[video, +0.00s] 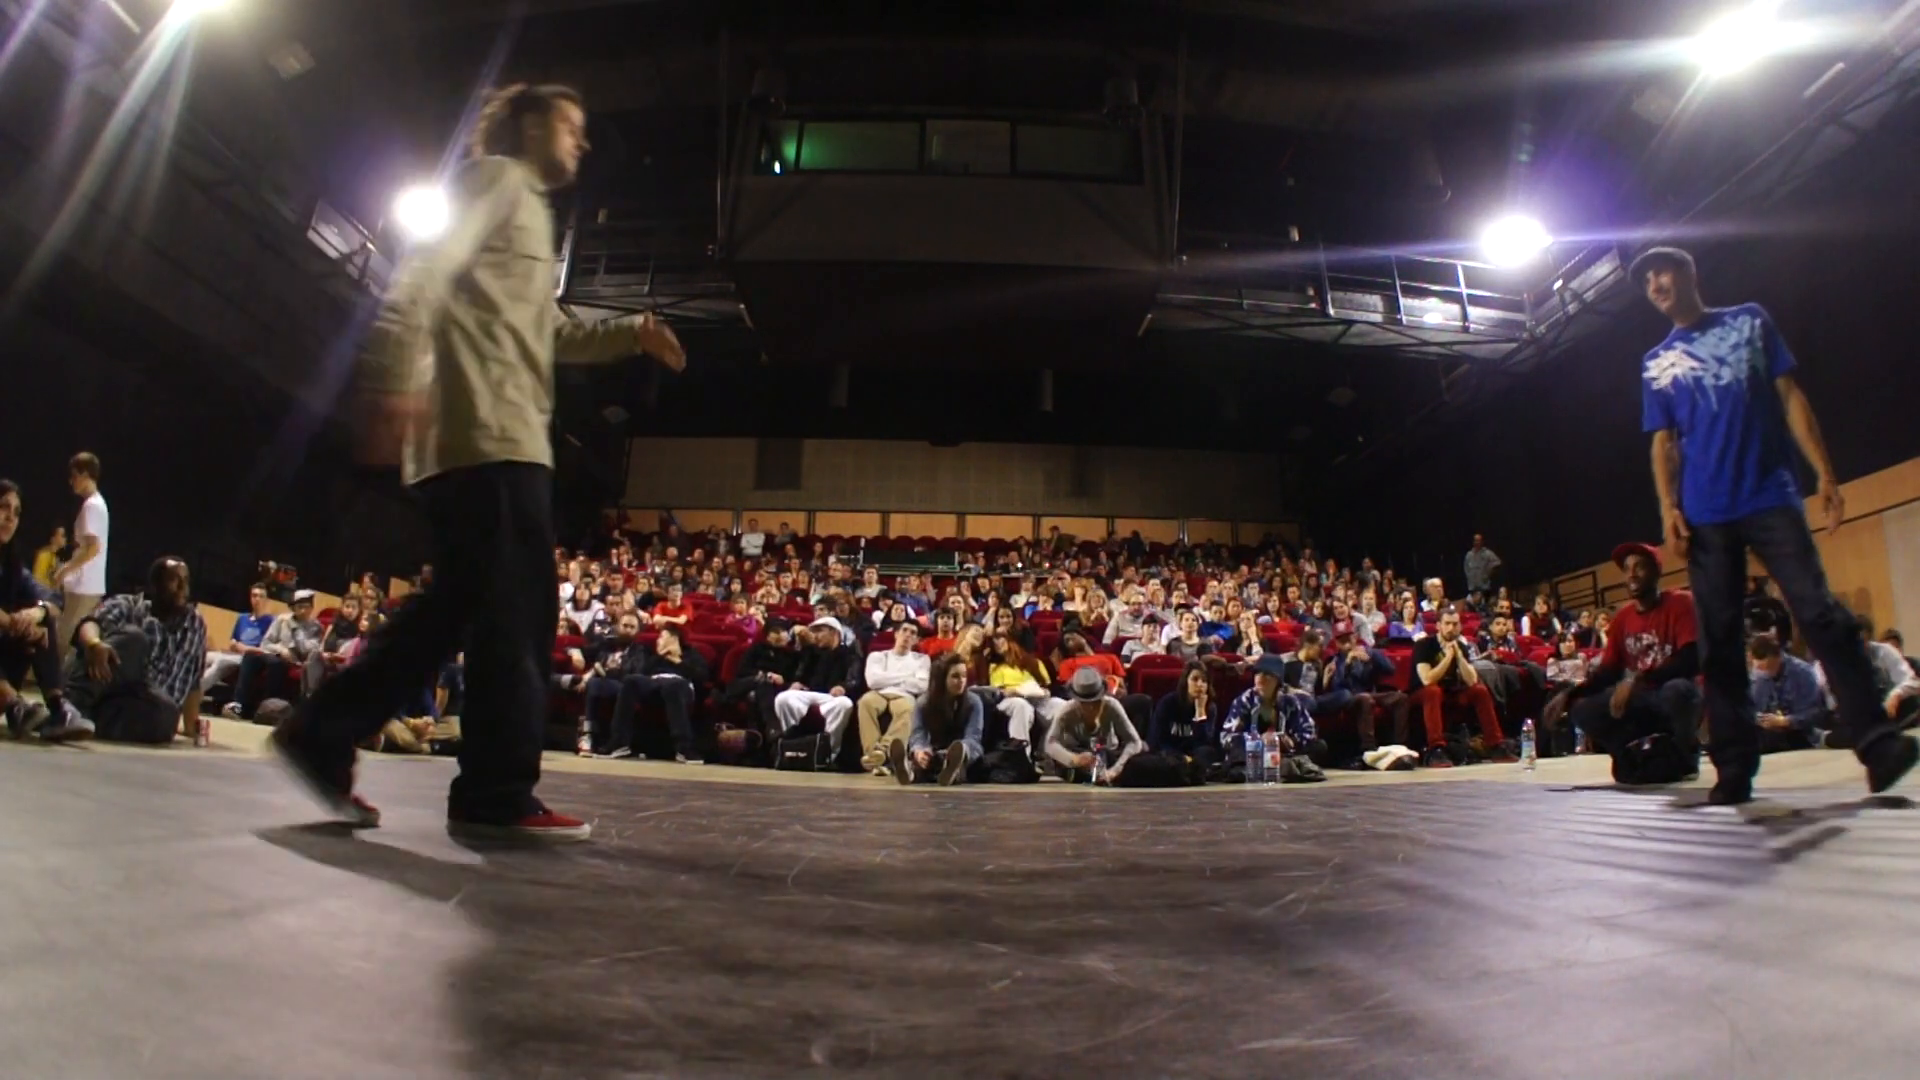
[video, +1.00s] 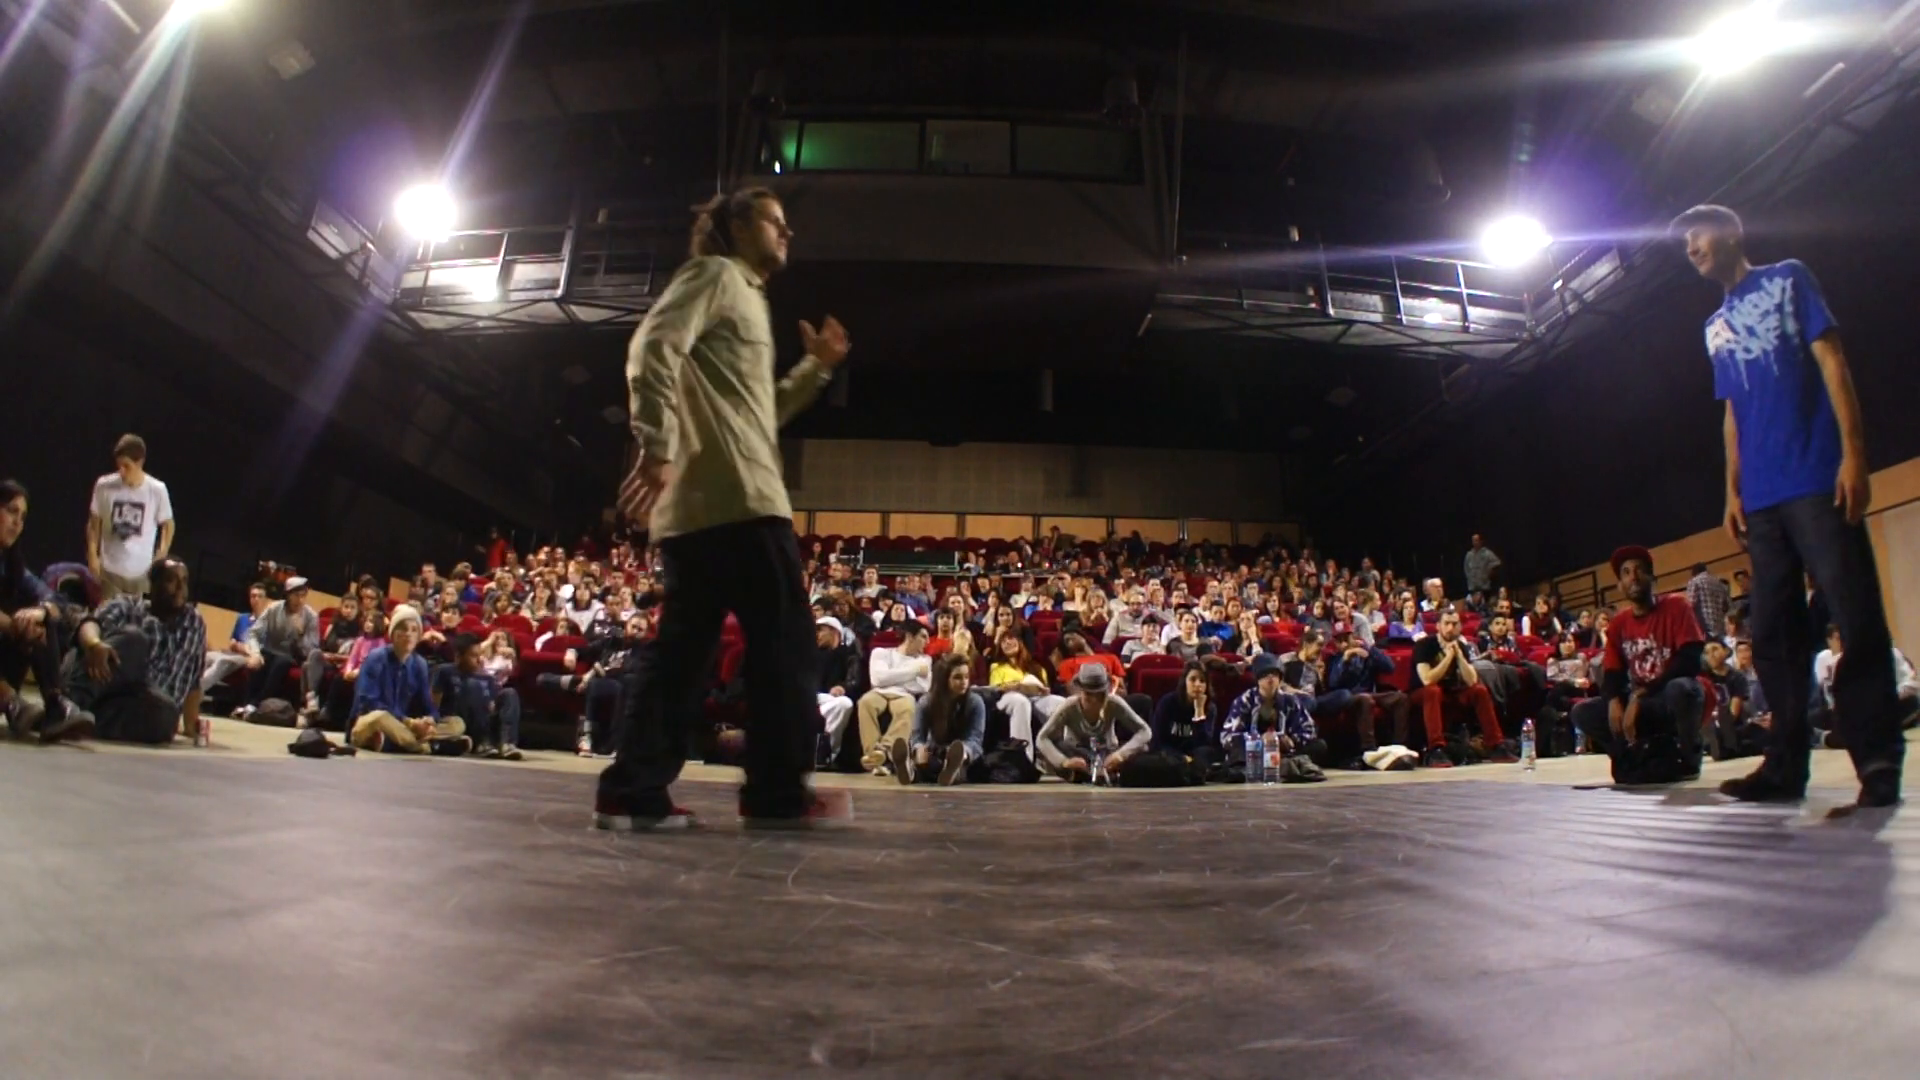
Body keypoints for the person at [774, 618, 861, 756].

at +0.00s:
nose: (816, 636)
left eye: (820, 631)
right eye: (815, 632)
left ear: (834, 633)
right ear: (812, 634)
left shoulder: (848, 654)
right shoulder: (812, 653)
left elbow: (853, 680)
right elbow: (802, 675)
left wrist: (842, 687)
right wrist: (798, 684)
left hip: (831, 695)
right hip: (808, 692)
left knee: (844, 704)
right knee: (783, 700)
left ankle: (828, 755)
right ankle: (794, 750)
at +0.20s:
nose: (816, 635)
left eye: (821, 630)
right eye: (815, 631)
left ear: (834, 633)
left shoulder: (848, 654)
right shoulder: (811, 652)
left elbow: (853, 680)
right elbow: (801, 675)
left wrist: (842, 688)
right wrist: (798, 683)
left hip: (831, 694)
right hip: (808, 692)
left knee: (844, 704)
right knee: (783, 699)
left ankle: (828, 754)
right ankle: (794, 749)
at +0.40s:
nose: (816, 635)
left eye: (821, 630)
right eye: (815, 631)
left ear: (834, 633)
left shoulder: (848, 654)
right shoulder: (811, 652)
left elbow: (853, 680)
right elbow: (801, 675)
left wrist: (842, 688)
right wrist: (798, 683)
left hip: (832, 694)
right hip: (809, 692)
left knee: (844, 704)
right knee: (783, 699)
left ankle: (829, 754)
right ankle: (793, 749)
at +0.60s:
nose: (816, 635)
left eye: (821, 630)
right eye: (815, 631)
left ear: (834, 633)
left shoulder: (848, 654)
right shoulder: (812, 652)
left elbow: (853, 680)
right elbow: (801, 674)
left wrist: (842, 688)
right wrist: (798, 683)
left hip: (831, 694)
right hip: (809, 691)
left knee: (844, 704)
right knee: (783, 699)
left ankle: (829, 754)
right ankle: (793, 749)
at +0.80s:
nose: (817, 635)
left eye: (821, 630)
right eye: (816, 631)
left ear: (834, 633)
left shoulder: (848, 654)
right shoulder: (813, 652)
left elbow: (853, 680)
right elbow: (801, 674)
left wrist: (842, 688)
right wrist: (798, 683)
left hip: (831, 694)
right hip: (809, 692)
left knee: (844, 704)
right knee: (783, 699)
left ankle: (829, 754)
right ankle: (793, 749)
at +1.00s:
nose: (818, 635)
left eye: (822, 631)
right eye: (818, 631)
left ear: (834, 633)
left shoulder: (848, 653)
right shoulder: (815, 653)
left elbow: (854, 679)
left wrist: (842, 687)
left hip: (834, 694)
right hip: (816, 693)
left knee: (844, 704)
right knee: (843, 704)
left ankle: (828, 752)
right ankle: (829, 753)